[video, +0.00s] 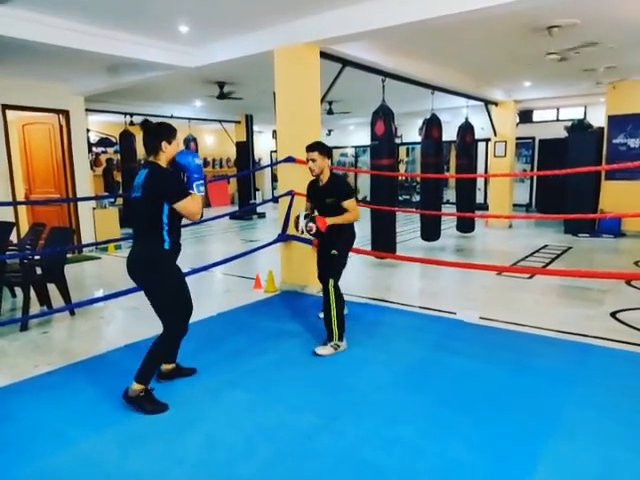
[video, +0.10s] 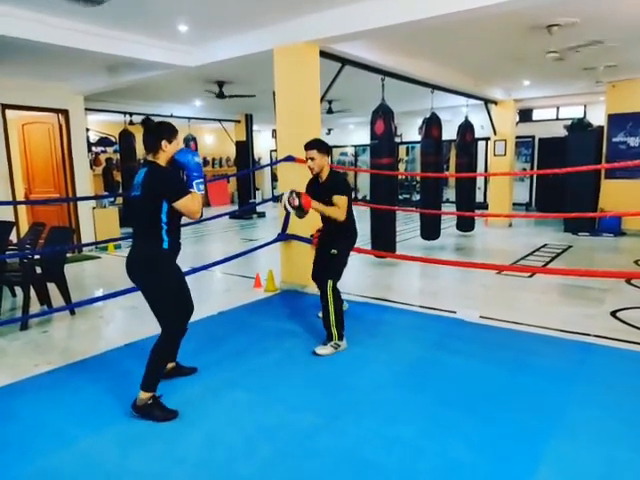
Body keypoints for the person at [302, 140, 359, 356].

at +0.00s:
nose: (310, 165)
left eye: (314, 160)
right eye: (308, 161)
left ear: (327, 160)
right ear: (308, 162)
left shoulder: (340, 183)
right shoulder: (313, 186)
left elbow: (355, 214)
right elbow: (309, 210)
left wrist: (328, 221)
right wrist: (304, 220)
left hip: (343, 232)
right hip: (324, 233)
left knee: (331, 280)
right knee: (324, 276)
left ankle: (336, 339)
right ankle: (333, 307)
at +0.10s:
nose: (309, 164)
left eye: (312, 159)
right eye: (307, 160)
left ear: (326, 157)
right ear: (309, 161)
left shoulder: (339, 180)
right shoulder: (312, 183)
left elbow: (341, 214)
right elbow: (303, 212)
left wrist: (311, 204)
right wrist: (295, 203)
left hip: (344, 233)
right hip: (326, 231)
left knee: (327, 281)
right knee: (318, 275)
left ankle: (336, 339)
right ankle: (336, 304)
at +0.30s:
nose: (309, 154)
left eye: (311, 150)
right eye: (307, 151)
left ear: (323, 147)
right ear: (310, 151)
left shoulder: (335, 169)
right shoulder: (315, 169)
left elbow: (320, 184)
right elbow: (286, 183)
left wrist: (308, 156)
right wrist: (286, 159)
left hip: (341, 229)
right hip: (326, 228)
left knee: (327, 279)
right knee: (316, 275)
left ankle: (337, 337)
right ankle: (334, 317)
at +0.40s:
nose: (308, 151)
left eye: (310, 147)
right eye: (306, 148)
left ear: (322, 145)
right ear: (310, 149)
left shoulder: (336, 167)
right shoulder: (313, 168)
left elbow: (321, 183)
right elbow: (285, 182)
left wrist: (309, 155)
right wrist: (284, 158)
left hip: (338, 229)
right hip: (323, 228)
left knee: (328, 281)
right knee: (321, 279)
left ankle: (336, 336)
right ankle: (335, 318)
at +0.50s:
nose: (307, 150)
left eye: (310, 145)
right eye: (305, 146)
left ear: (321, 144)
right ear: (307, 148)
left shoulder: (335, 166)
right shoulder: (311, 167)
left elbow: (321, 183)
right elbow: (285, 184)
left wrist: (310, 156)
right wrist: (282, 161)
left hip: (336, 228)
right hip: (321, 228)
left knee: (327, 280)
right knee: (321, 278)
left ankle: (336, 335)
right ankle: (335, 317)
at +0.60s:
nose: (305, 149)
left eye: (307, 144)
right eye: (303, 146)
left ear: (319, 142)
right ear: (307, 146)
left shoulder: (331, 164)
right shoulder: (310, 166)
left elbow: (318, 182)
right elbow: (285, 185)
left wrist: (307, 155)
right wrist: (280, 163)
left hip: (335, 227)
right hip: (321, 227)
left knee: (328, 279)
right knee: (323, 277)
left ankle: (337, 334)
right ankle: (335, 316)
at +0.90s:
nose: (298, 146)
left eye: (301, 141)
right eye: (296, 142)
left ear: (315, 140)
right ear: (297, 143)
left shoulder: (328, 164)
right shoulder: (302, 164)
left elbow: (327, 193)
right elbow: (273, 174)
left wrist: (300, 172)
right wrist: (267, 150)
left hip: (332, 226)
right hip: (317, 226)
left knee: (328, 278)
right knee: (328, 274)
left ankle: (337, 332)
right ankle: (339, 312)